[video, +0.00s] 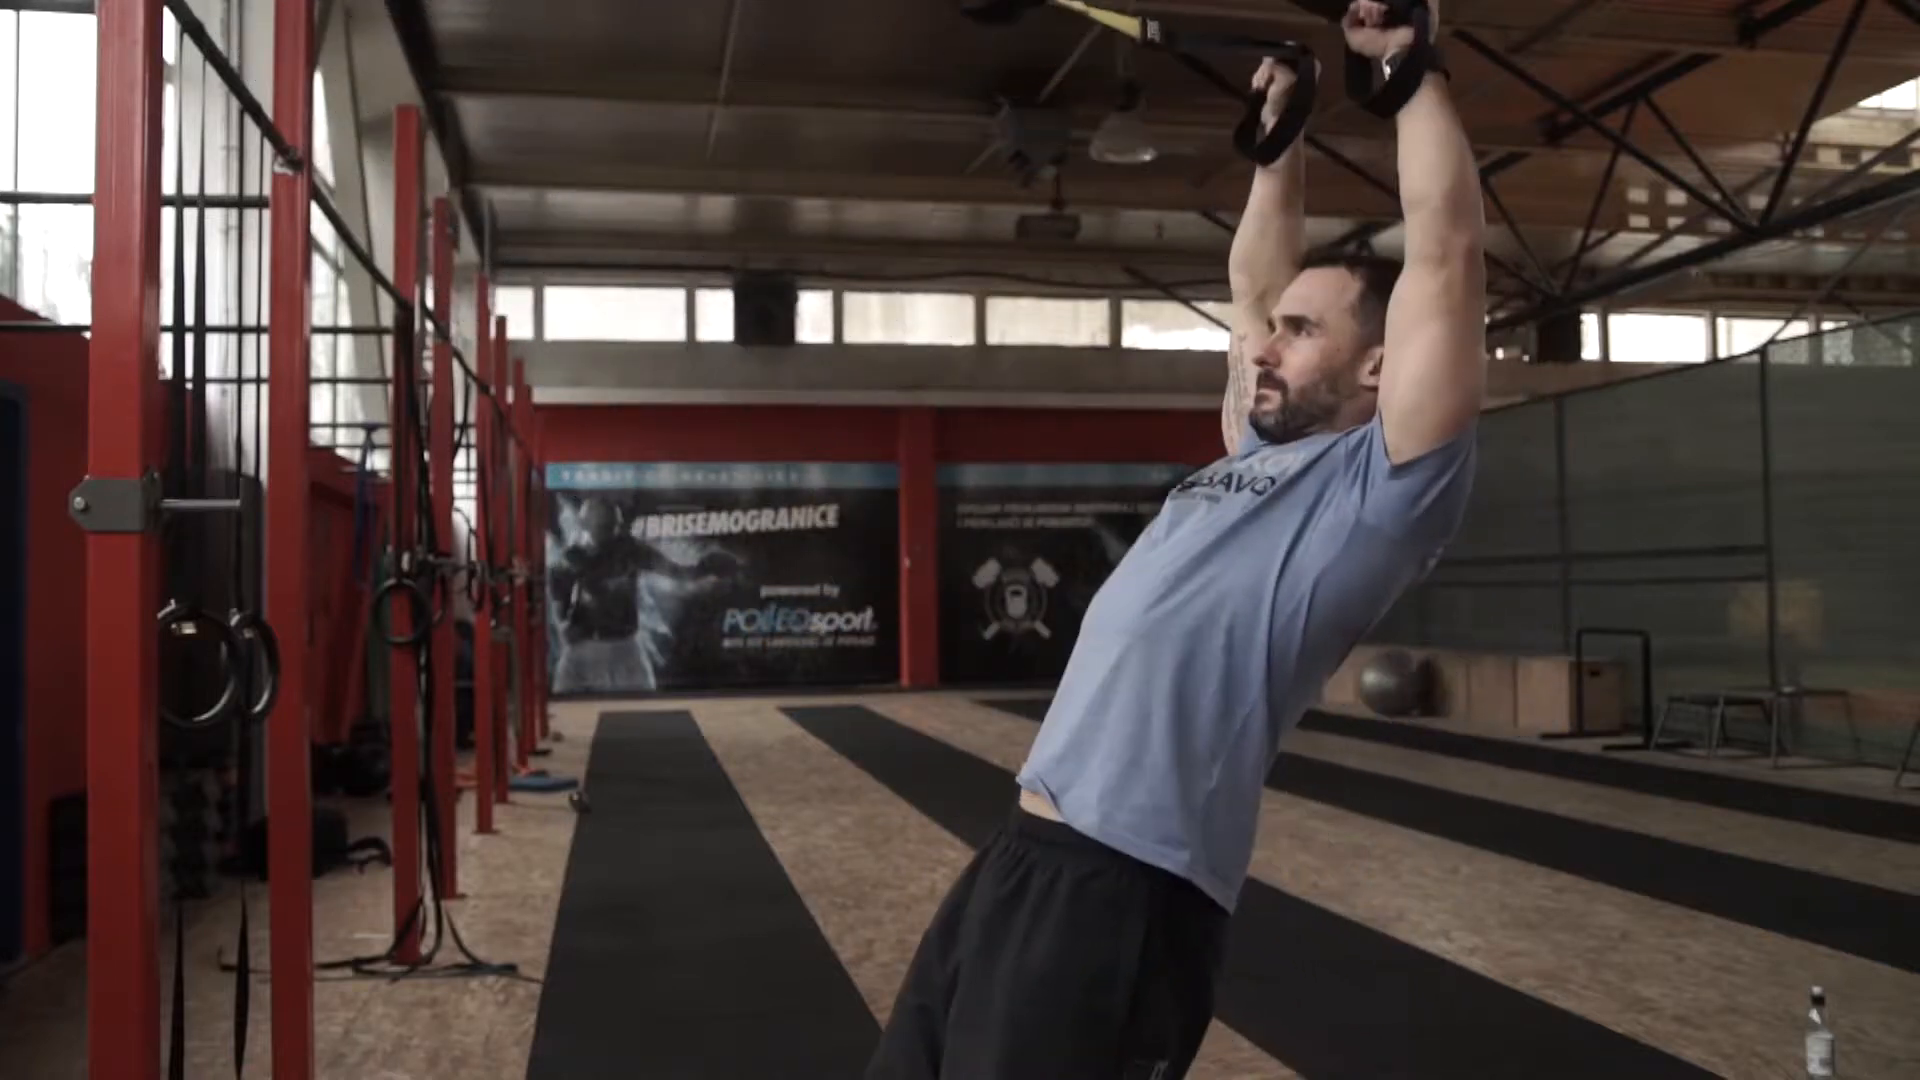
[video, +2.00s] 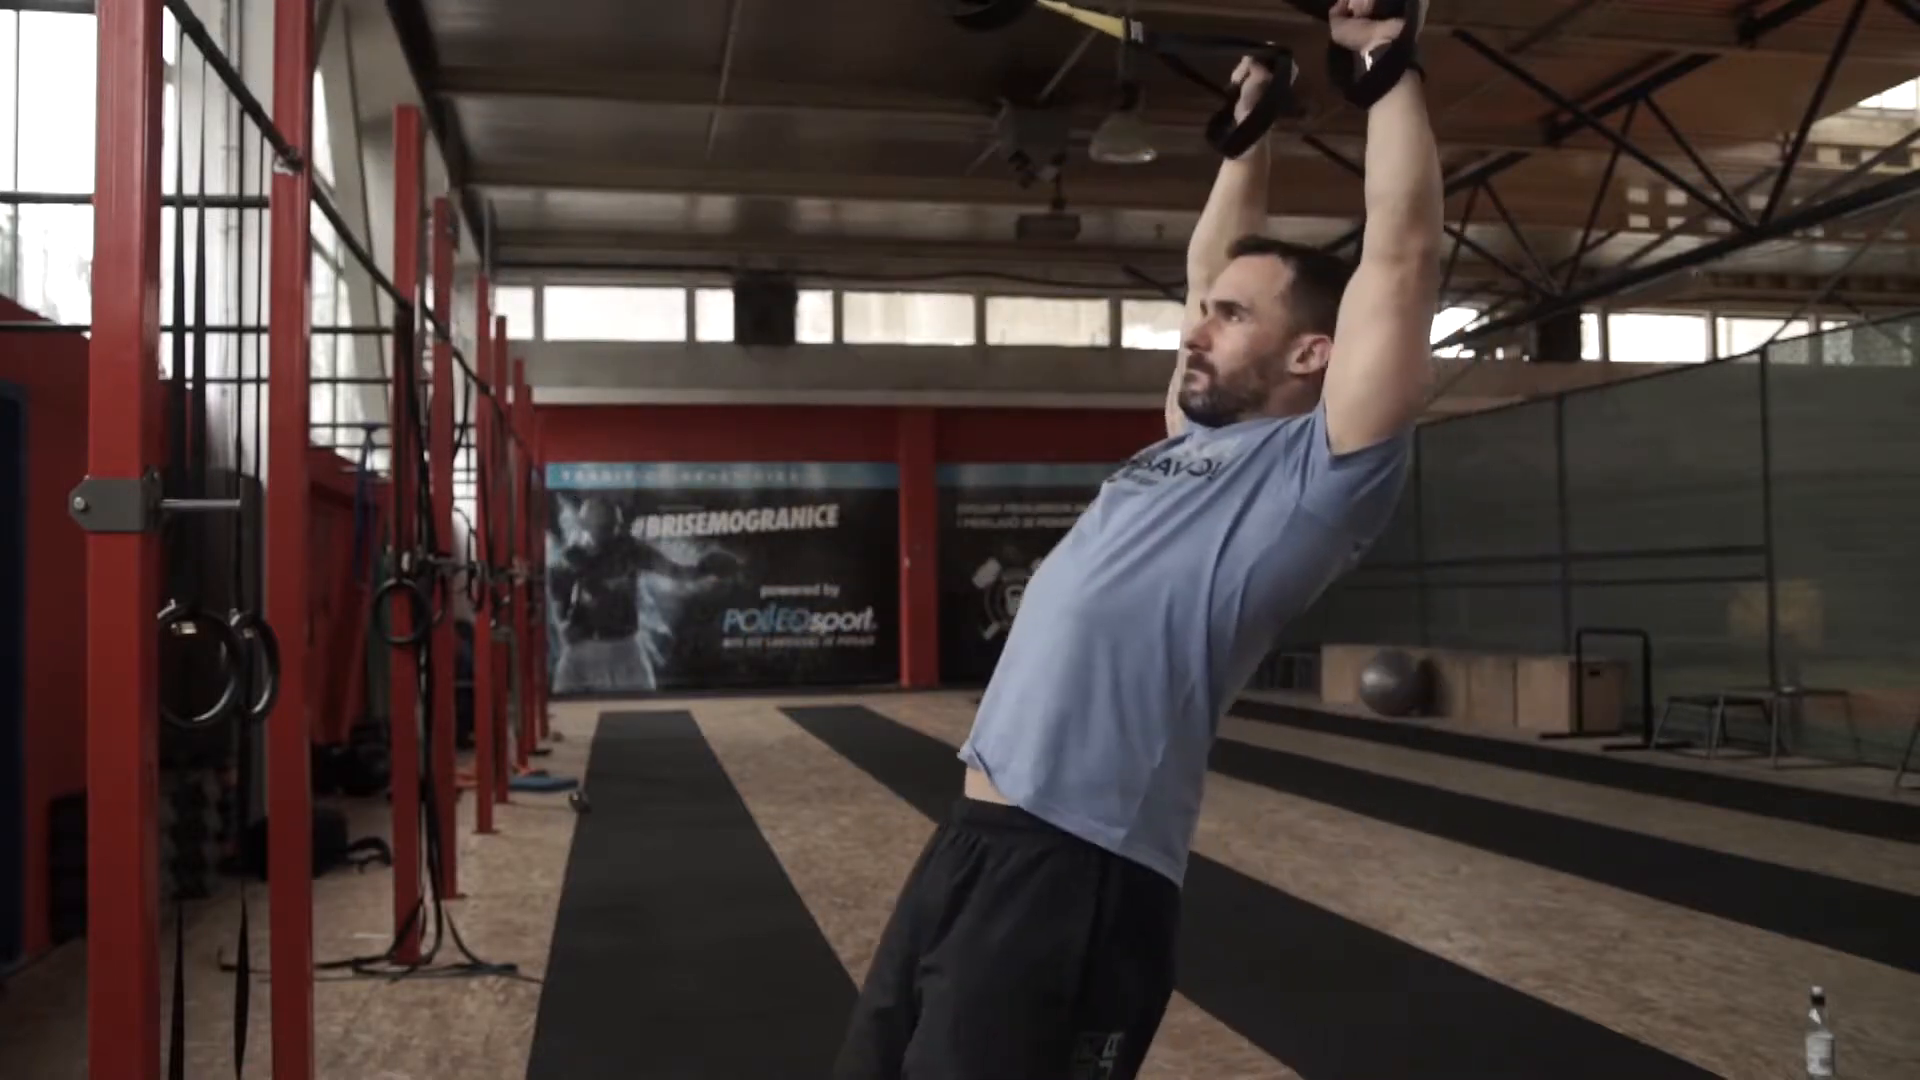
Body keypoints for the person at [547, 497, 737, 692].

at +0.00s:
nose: (601, 528)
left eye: (606, 520)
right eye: (594, 521)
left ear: (616, 520)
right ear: (583, 523)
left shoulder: (631, 550)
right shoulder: (571, 558)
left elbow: (674, 573)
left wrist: (703, 571)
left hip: (625, 648)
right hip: (580, 651)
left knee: (636, 717)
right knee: (574, 719)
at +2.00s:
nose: (600, 526)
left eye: (606, 518)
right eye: (593, 520)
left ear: (615, 519)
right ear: (582, 522)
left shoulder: (630, 549)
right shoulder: (571, 558)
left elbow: (673, 571)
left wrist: (702, 572)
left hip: (625, 648)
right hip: (580, 650)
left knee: (636, 716)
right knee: (573, 718)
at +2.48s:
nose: (602, 529)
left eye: (607, 521)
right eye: (594, 523)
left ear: (615, 520)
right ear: (583, 523)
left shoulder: (629, 549)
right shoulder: (571, 558)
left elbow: (673, 571)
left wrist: (703, 571)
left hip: (625, 649)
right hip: (581, 652)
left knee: (637, 717)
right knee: (573, 719)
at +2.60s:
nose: (600, 527)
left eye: (605, 520)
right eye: (594, 521)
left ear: (615, 520)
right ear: (583, 523)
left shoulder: (629, 549)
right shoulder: (573, 557)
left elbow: (672, 571)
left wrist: (702, 571)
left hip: (625, 647)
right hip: (581, 649)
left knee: (637, 714)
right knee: (573, 717)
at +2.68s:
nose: (600, 527)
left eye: (605, 520)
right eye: (594, 521)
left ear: (615, 520)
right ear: (583, 523)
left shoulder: (629, 549)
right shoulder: (573, 557)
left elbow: (672, 571)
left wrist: (702, 571)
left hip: (625, 647)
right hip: (581, 649)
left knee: (637, 714)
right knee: (573, 717)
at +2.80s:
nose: (601, 529)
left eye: (606, 521)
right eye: (594, 523)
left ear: (615, 520)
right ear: (583, 523)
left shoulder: (629, 549)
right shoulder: (572, 558)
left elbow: (672, 571)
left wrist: (702, 572)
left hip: (625, 648)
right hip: (581, 650)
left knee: (637, 716)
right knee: (573, 718)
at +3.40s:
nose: (583, 549)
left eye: (588, 542)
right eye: (577, 543)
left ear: (595, 540)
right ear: (563, 542)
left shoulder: (607, 566)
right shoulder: (549, 576)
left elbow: (651, 589)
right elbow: (539, 635)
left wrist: (680, 588)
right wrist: (551, 619)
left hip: (603, 669)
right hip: (558, 672)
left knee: (614, 740)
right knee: (549, 741)